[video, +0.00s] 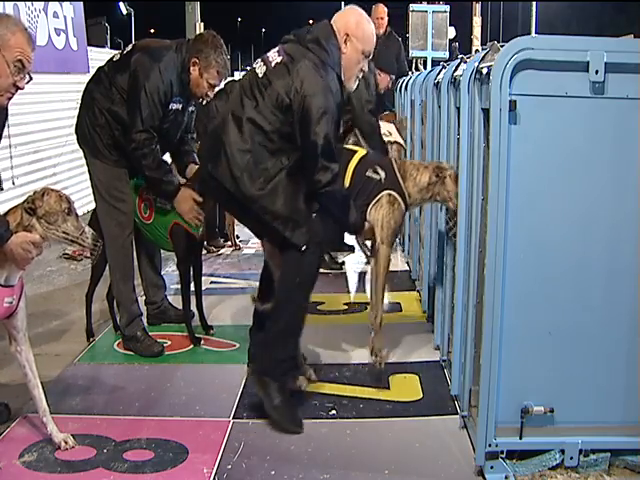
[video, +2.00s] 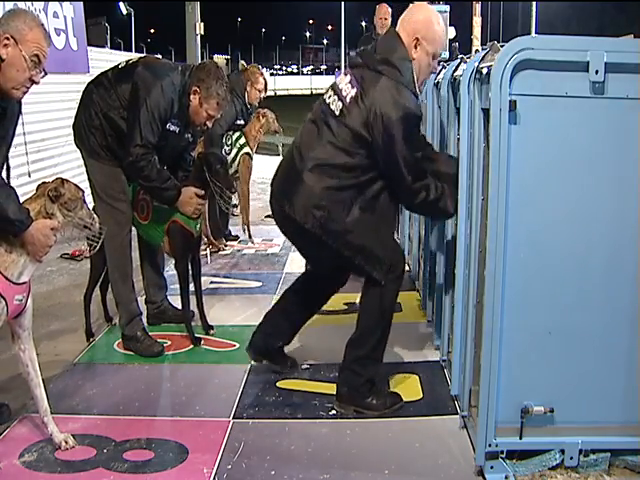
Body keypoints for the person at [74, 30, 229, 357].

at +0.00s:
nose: (211, 93)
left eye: (216, 87)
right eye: (210, 85)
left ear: (197, 65)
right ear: (193, 66)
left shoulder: (189, 78)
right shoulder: (155, 72)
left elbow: (183, 133)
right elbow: (140, 140)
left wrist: (190, 166)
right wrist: (173, 189)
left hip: (139, 138)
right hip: (104, 134)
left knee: (147, 221)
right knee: (119, 224)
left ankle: (157, 305)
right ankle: (130, 325)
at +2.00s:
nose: (210, 124)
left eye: (215, 118)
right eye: (209, 116)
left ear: (196, 94)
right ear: (193, 95)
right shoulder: (157, 89)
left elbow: (181, 155)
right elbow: (136, 155)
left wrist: (185, 188)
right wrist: (175, 195)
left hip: (137, 134)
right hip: (100, 131)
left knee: (150, 217)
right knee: (119, 222)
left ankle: (157, 305)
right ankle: (131, 326)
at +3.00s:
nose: (211, 93)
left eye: (216, 86)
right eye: (209, 84)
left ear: (196, 65)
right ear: (191, 67)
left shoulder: (192, 79)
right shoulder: (152, 70)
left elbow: (183, 134)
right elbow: (139, 140)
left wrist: (192, 162)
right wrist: (181, 165)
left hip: (139, 137)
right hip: (103, 134)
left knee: (152, 216)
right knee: (127, 218)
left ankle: (158, 303)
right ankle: (131, 324)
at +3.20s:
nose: (210, 92)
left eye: (215, 86)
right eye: (209, 84)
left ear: (196, 65)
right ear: (191, 66)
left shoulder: (192, 80)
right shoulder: (151, 70)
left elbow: (182, 134)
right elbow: (137, 139)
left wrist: (192, 161)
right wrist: (179, 165)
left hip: (139, 139)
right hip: (103, 136)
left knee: (152, 216)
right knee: (125, 220)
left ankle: (158, 303)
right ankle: (130, 324)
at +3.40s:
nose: (211, 87)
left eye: (216, 81)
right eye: (209, 79)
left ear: (196, 60)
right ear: (191, 61)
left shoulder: (192, 77)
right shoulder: (150, 67)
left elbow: (183, 129)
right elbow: (135, 135)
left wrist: (192, 155)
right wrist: (176, 159)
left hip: (142, 139)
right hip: (104, 136)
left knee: (155, 212)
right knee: (131, 212)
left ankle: (158, 303)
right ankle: (131, 323)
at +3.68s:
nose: (216, 67)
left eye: (220, 60)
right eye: (214, 59)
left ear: (202, 44)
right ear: (193, 43)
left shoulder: (192, 63)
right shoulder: (154, 55)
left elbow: (191, 119)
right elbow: (144, 126)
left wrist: (200, 145)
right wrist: (185, 150)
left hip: (155, 141)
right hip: (117, 140)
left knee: (172, 216)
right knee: (140, 219)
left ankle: (182, 298)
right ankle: (131, 323)